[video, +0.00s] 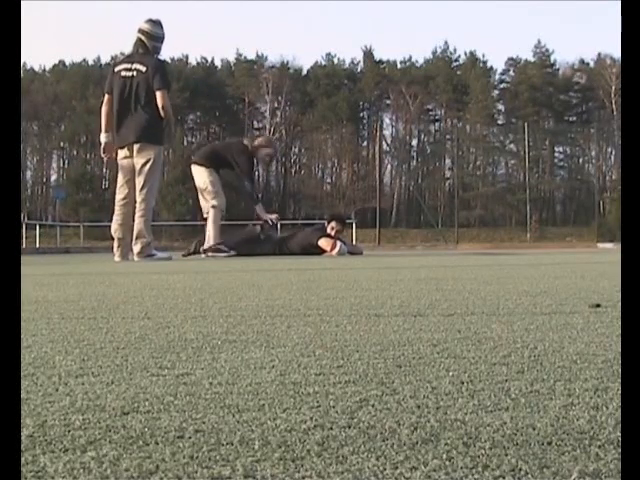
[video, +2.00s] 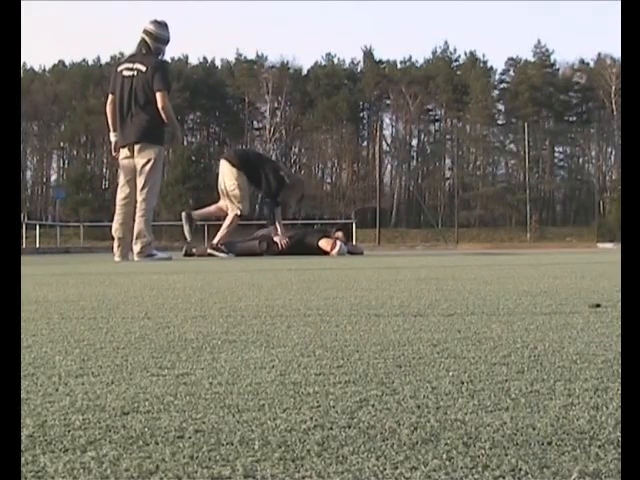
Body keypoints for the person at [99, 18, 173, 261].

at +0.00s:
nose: (161, 46)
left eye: (161, 41)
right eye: (160, 41)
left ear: (138, 37)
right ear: (156, 41)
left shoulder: (118, 65)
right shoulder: (155, 64)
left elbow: (107, 103)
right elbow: (162, 102)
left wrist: (105, 135)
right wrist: (169, 124)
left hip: (122, 136)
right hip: (148, 136)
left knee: (123, 195)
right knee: (145, 195)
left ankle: (119, 249)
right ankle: (142, 246)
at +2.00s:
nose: (164, 49)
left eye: (165, 44)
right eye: (164, 44)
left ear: (143, 38)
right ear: (160, 43)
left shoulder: (121, 65)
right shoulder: (156, 64)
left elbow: (110, 104)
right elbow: (162, 102)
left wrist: (114, 134)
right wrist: (175, 127)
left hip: (124, 137)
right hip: (148, 137)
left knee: (124, 195)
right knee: (146, 195)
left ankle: (119, 249)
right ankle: (143, 248)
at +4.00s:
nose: (150, 47)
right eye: (151, 43)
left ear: (131, 41)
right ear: (150, 42)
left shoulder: (113, 66)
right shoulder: (153, 65)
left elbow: (103, 103)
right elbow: (160, 100)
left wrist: (106, 135)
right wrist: (171, 135)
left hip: (117, 137)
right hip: (144, 137)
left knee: (120, 195)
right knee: (143, 195)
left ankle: (119, 249)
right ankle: (142, 247)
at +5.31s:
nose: (148, 50)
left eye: (147, 46)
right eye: (148, 46)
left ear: (127, 41)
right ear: (145, 44)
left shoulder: (106, 66)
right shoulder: (149, 67)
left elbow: (97, 105)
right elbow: (156, 103)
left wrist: (97, 137)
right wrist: (162, 136)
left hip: (113, 138)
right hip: (140, 138)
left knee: (117, 196)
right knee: (143, 195)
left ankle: (119, 250)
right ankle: (142, 248)